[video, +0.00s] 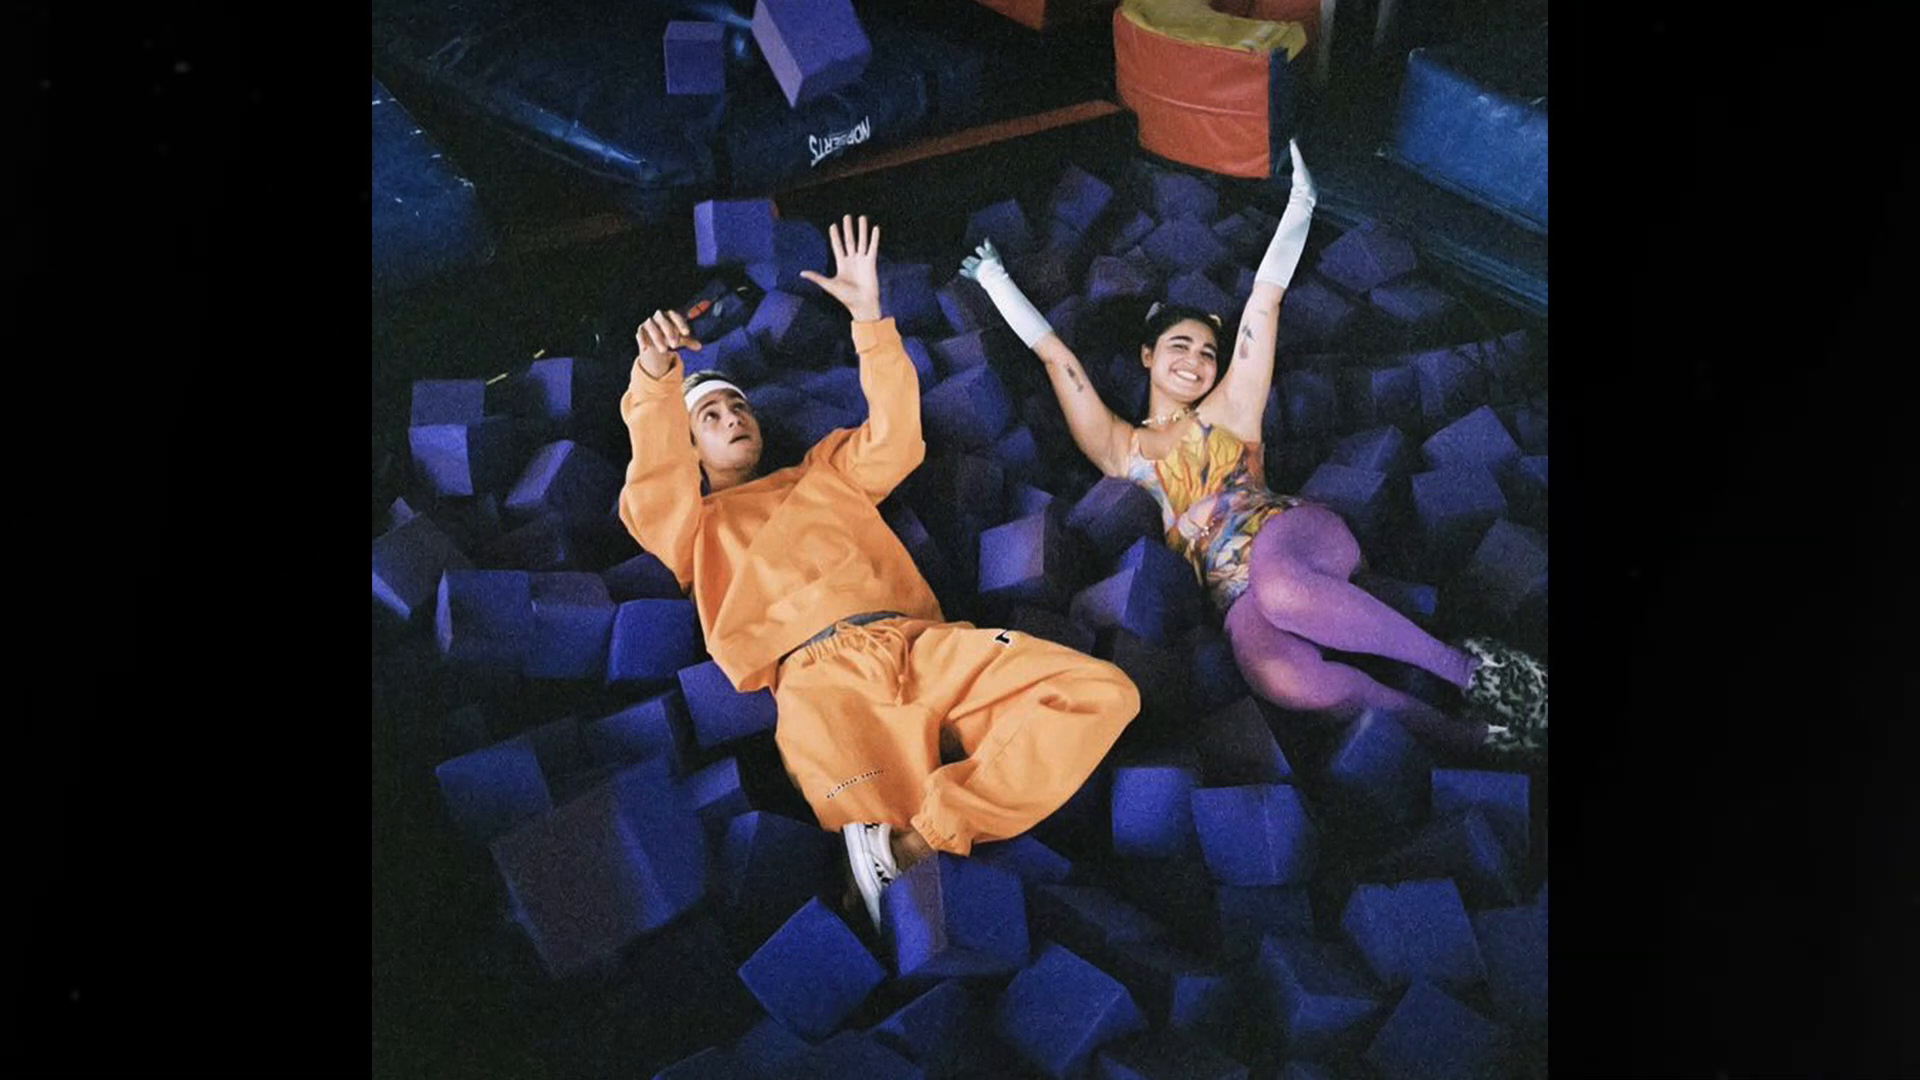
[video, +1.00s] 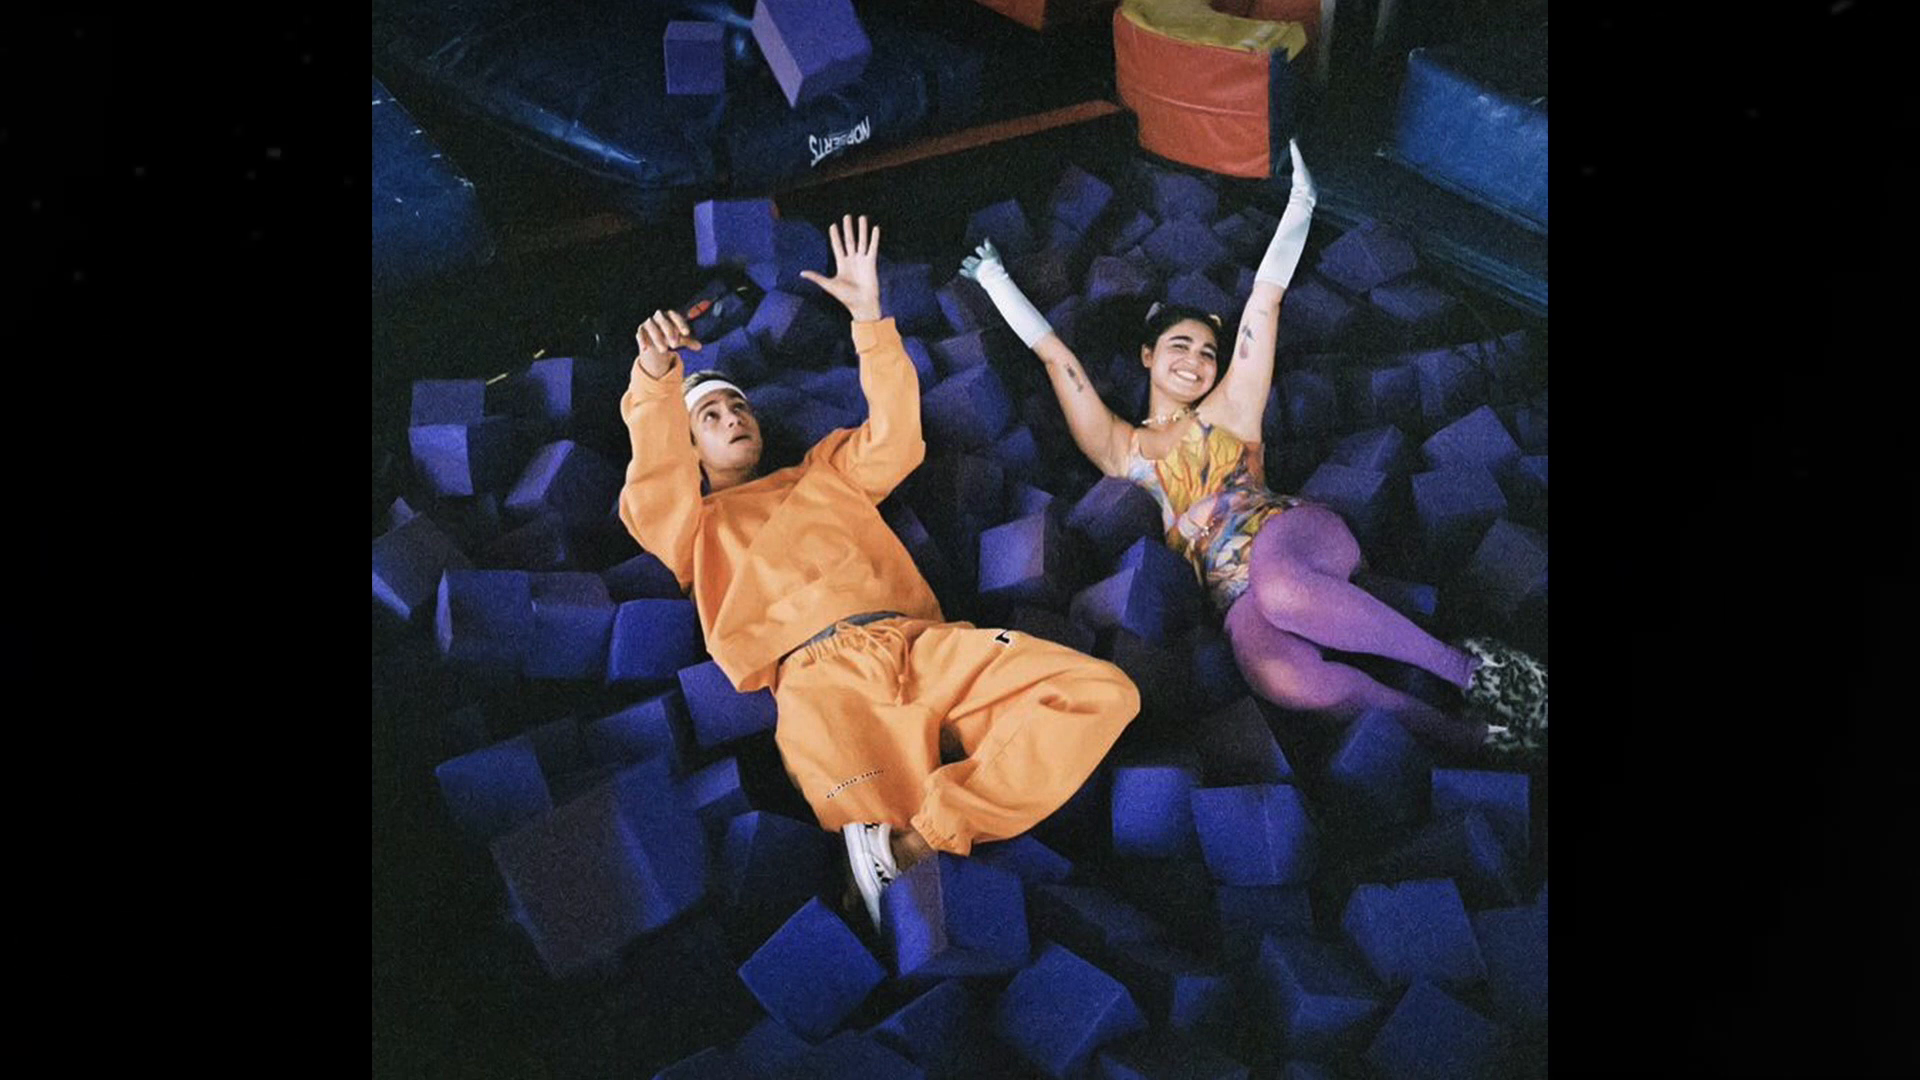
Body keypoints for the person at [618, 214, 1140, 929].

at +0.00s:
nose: (730, 418)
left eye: (738, 407)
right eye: (709, 415)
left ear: (761, 426)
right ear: (688, 448)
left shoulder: (827, 468)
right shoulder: (695, 525)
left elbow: (895, 435)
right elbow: (654, 477)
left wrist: (868, 317)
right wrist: (655, 373)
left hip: (918, 640)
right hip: (819, 673)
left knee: (1094, 692)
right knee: (880, 827)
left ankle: (917, 841)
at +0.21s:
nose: (730, 418)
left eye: (738, 407)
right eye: (709, 415)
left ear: (761, 426)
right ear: (688, 448)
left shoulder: (827, 468)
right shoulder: (695, 525)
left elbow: (895, 436)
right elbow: (654, 477)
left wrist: (868, 317)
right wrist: (655, 373)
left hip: (918, 640)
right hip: (819, 672)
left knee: (1094, 692)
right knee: (880, 827)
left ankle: (917, 841)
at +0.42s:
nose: (730, 418)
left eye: (738, 407)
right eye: (709, 415)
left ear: (761, 426)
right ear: (688, 448)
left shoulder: (827, 468)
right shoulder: (695, 525)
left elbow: (895, 436)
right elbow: (654, 477)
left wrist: (868, 317)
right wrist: (655, 373)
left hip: (918, 640)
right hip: (819, 672)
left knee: (1094, 692)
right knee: (880, 827)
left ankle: (917, 841)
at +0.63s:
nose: (730, 418)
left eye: (738, 407)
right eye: (709, 415)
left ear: (761, 426)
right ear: (688, 448)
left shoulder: (827, 468)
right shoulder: (695, 525)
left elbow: (895, 436)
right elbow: (654, 477)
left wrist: (868, 317)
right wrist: (655, 373)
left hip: (918, 640)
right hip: (819, 673)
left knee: (1094, 692)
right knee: (880, 827)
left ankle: (917, 841)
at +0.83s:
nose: (731, 418)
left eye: (738, 407)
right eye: (709, 415)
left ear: (760, 425)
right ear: (688, 449)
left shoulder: (827, 468)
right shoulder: (696, 525)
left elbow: (895, 436)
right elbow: (655, 476)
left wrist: (868, 317)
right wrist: (655, 373)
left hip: (918, 641)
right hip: (820, 673)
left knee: (1094, 692)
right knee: (883, 831)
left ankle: (916, 841)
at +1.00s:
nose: (731, 418)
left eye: (738, 407)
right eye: (709, 415)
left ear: (760, 425)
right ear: (688, 449)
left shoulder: (827, 468)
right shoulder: (696, 525)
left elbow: (895, 436)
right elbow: (655, 476)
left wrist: (868, 317)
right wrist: (655, 373)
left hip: (918, 641)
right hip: (820, 673)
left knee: (1094, 692)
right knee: (883, 831)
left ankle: (916, 841)